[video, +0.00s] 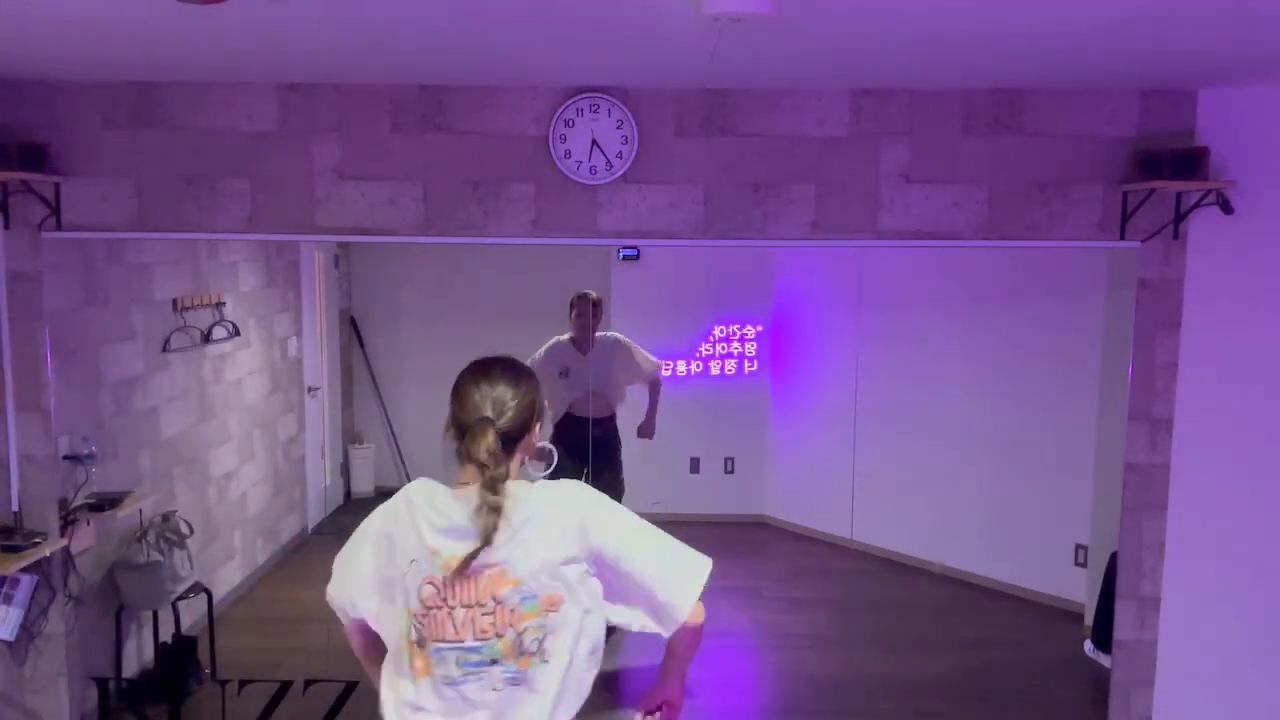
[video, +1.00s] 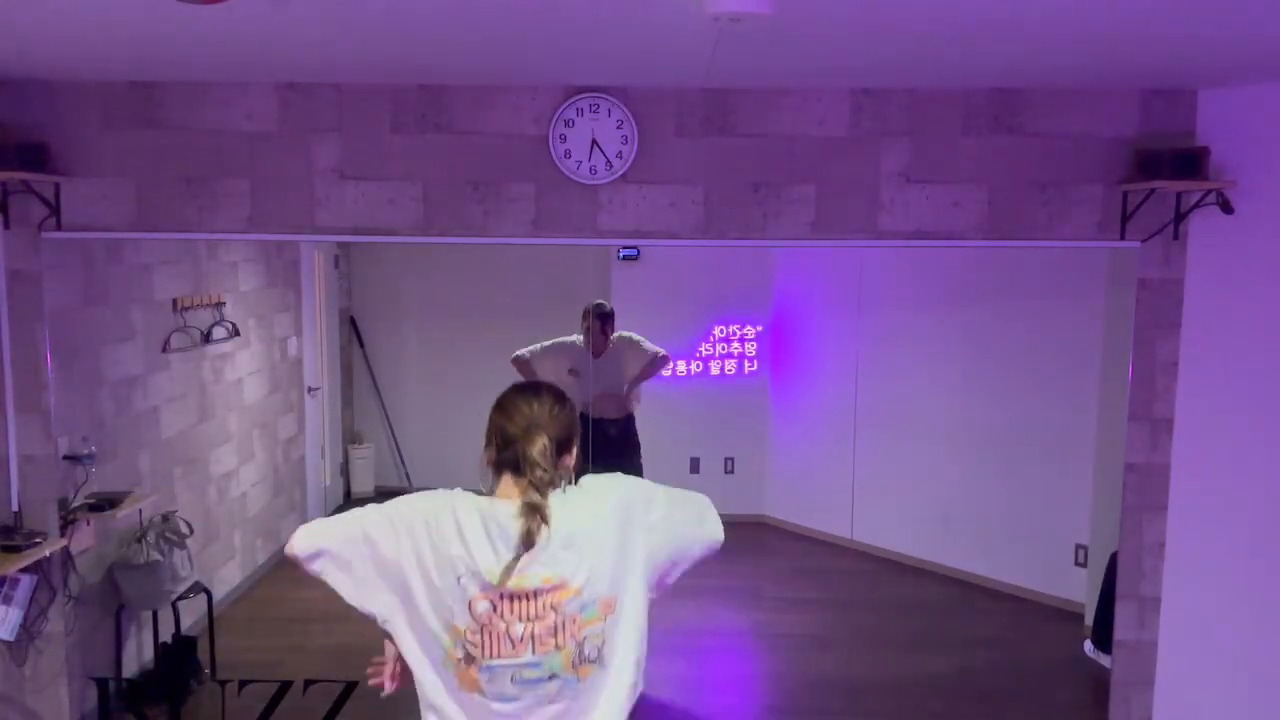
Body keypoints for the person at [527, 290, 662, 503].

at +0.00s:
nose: (586, 321)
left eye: (592, 315)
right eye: (580, 315)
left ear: (599, 318)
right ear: (570, 317)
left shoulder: (615, 345)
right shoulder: (556, 349)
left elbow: (654, 376)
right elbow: (523, 381)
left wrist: (650, 419)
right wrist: (528, 434)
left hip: (605, 431)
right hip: (568, 430)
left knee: (609, 498)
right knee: (562, 495)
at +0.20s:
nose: (591, 320)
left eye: (597, 314)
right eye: (585, 314)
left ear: (606, 319)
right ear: (577, 318)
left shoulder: (625, 355)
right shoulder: (562, 355)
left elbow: (638, 407)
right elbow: (553, 406)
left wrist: (643, 452)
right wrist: (549, 448)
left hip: (613, 439)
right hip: (576, 439)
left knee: (613, 516)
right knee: (578, 514)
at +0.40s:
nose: (596, 352)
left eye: (602, 346)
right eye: (591, 346)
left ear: (611, 348)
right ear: (582, 349)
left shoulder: (630, 382)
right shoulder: (568, 383)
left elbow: (657, 420)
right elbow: (543, 425)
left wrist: (658, 444)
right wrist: (537, 455)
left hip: (618, 458)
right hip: (581, 458)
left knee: (622, 524)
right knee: (581, 521)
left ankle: (615, 593)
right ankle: (588, 592)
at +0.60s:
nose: (598, 381)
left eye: (604, 375)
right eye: (593, 375)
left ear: (614, 374)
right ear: (586, 375)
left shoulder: (633, 400)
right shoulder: (570, 402)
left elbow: (675, 425)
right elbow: (527, 428)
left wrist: (660, 432)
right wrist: (544, 437)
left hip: (620, 476)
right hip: (584, 475)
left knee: (623, 535)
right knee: (588, 535)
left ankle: (616, 598)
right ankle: (590, 598)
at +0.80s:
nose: (596, 376)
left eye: (602, 371)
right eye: (592, 370)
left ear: (613, 367)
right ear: (585, 365)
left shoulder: (628, 380)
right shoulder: (571, 381)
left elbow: (676, 387)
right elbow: (521, 388)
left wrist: (646, 399)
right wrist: (554, 407)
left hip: (621, 459)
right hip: (586, 458)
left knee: (626, 525)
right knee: (586, 526)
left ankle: (615, 591)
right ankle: (588, 590)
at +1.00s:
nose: (596, 337)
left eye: (601, 331)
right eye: (592, 331)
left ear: (611, 328)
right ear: (583, 327)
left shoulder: (626, 343)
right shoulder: (569, 347)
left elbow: (661, 358)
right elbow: (520, 359)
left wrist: (631, 388)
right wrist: (545, 394)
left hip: (622, 428)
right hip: (585, 429)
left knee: (629, 492)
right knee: (585, 492)